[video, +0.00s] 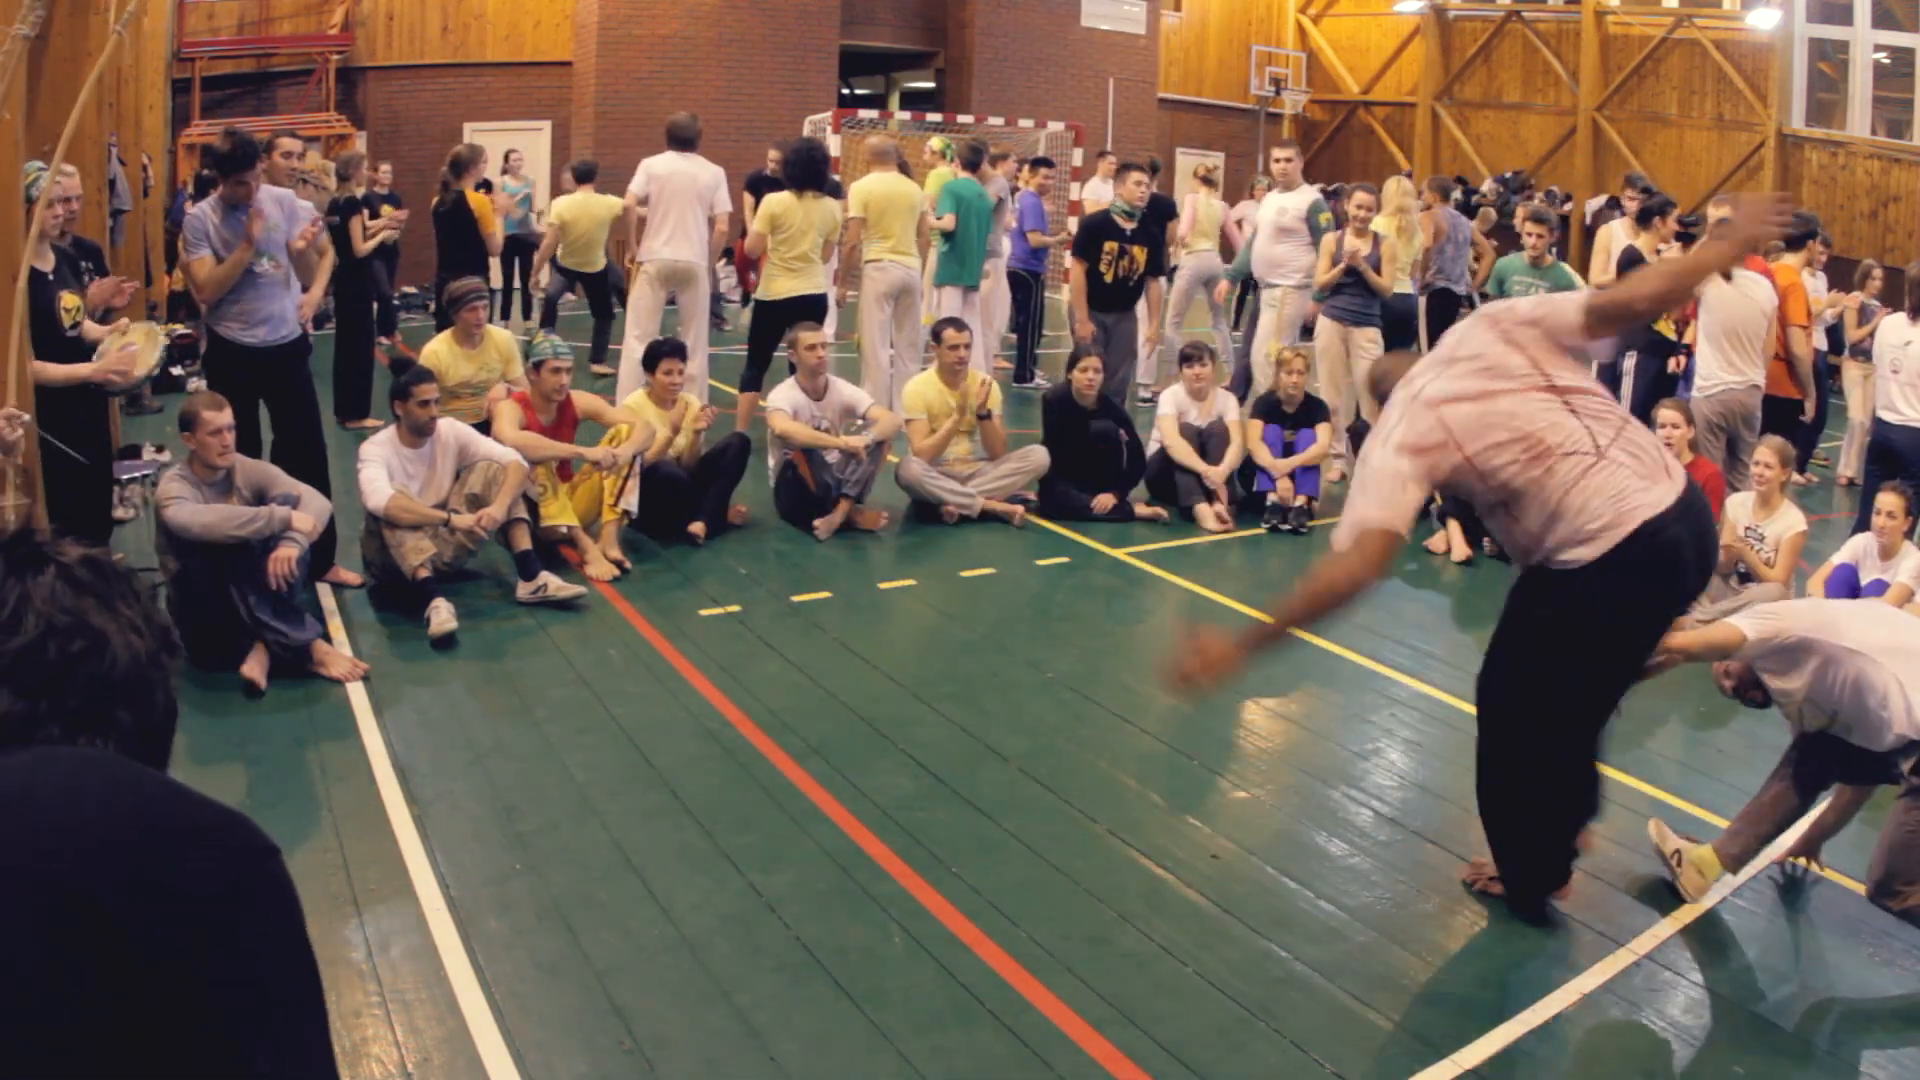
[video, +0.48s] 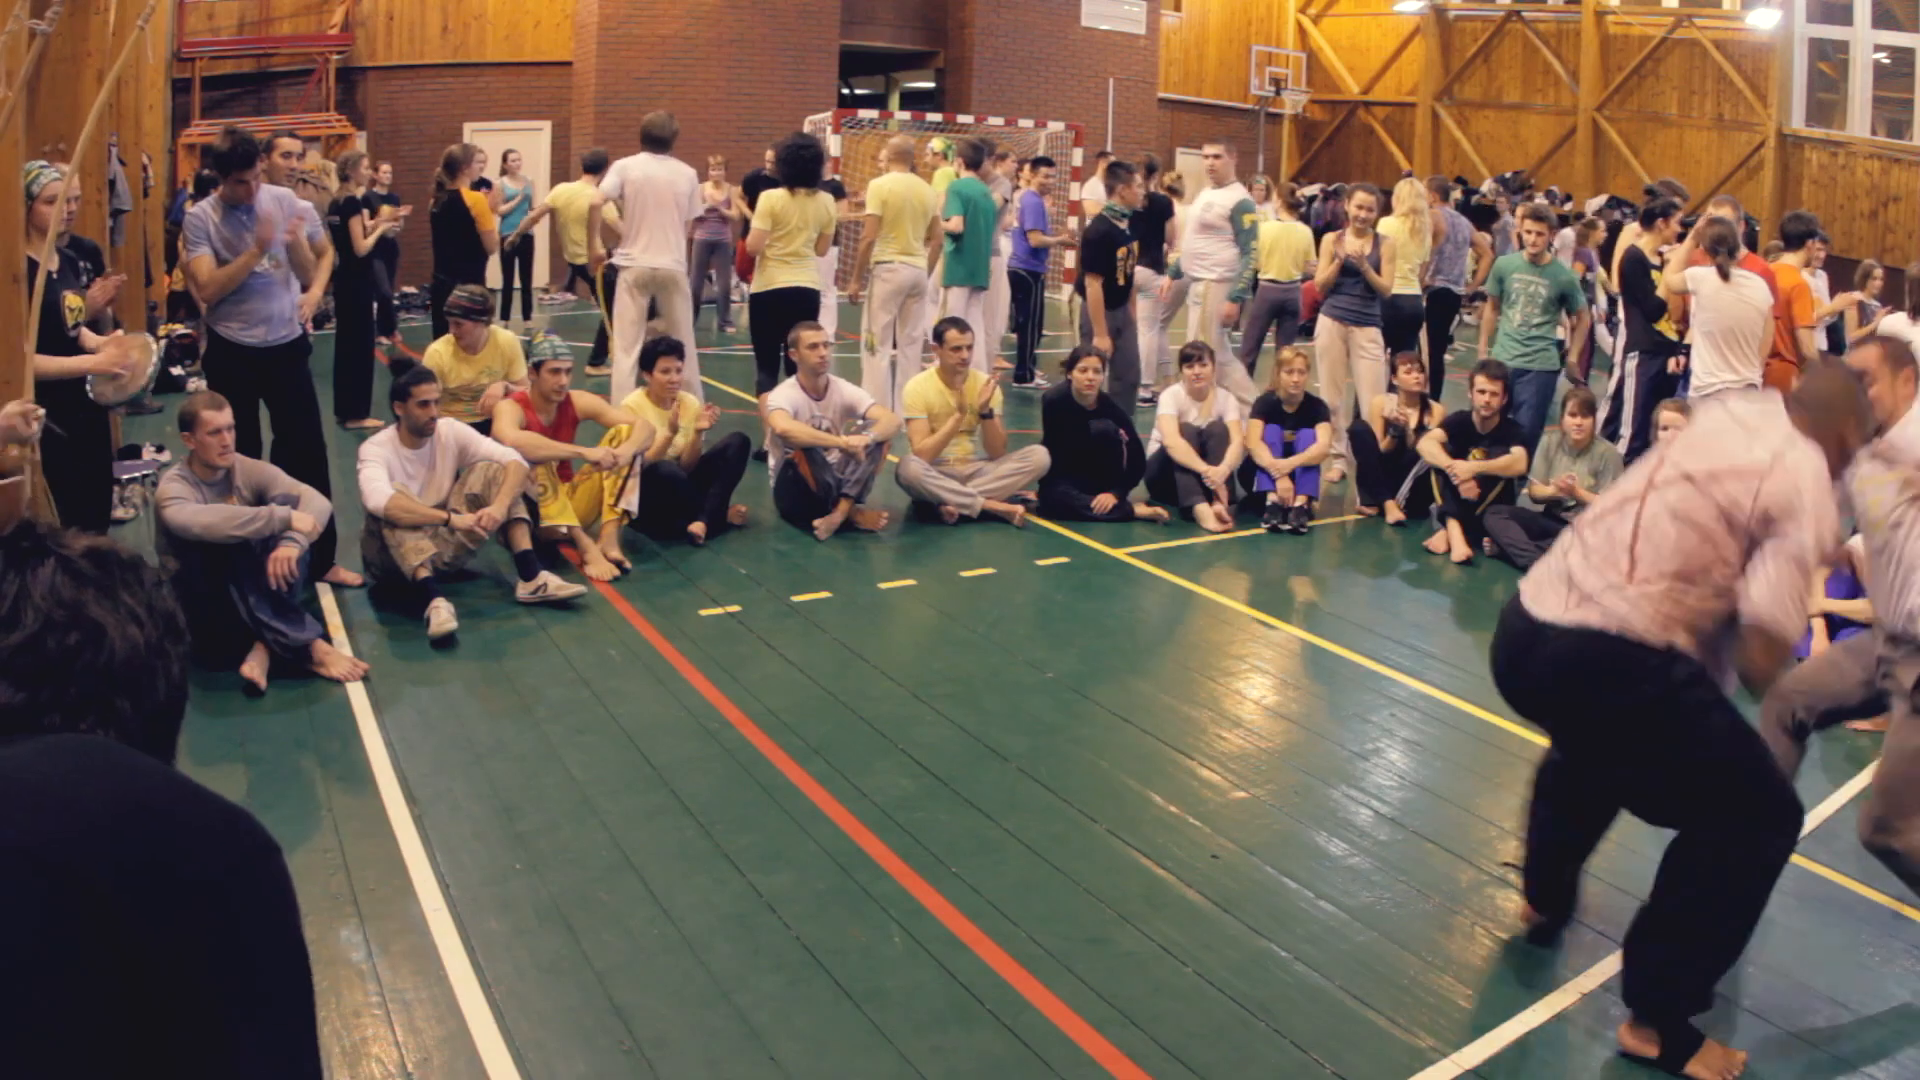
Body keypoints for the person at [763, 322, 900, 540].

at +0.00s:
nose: (821, 355)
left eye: (823, 347)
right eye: (811, 349)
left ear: (828, 349)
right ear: (793, 355)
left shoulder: (841, 388)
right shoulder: (782, 394)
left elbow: (891, 420)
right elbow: (782, 429)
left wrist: (866, 438)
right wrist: (840, 443)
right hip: (797, 494)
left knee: (879, 438)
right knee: (803, 450)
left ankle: (840, 512)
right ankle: (850, 512)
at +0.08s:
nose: (821, 355)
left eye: (824, 347)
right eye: (811, 348)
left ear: (829, 348)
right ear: (793, 355)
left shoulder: (840, 388)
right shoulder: (782, 394)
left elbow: (891, 421)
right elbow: (782, 429)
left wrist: (866, 438)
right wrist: (840, 443)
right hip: (797, 495)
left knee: (879, 438)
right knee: (804, 452)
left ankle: (840, 512)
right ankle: (850, 512)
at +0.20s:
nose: (822, 354)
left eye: (825, 346)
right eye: (812, 348)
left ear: (830, 348)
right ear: (793, 354)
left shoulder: (840, 388)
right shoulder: (782, 394)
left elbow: (892, 421)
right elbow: (784, 430)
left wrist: (868, 437)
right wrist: (842, 443)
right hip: (796, 497)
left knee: (877, 435)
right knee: (806, 452)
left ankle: (839, 512)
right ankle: (850, 512)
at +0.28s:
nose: (822, 354)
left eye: (825, 346)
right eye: (812, 348)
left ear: (831, 348)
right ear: (793, 354)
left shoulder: (841, 388)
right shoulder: (783, 394)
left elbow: (891, 420)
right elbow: (784, 429)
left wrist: (868, 438)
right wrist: (842, 443)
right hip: (796, 497)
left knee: (877, 435)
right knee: (806, 451)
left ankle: (839, 512)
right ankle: (851, 512)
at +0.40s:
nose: (823, 354)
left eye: (826, 346)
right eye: (813, 347)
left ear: (831, 348)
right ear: (793, 354)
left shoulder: (841, 388)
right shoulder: (783, 394)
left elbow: (892, 421)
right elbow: (784, 430)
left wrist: (868, 437)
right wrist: (842, 443)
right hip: (796, 498)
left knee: (878, 435)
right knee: (806, 451)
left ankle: (840, 512)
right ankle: (850, 511)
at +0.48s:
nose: (823, 354)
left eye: (826, 346)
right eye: (813, 347)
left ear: (831, 348)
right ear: (794, 354)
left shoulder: (841, 388)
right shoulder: (783, 394)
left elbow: (892, 420)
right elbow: (784, 429)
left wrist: (868, 437)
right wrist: (842, 442)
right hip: (796, 498)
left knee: (878, 435)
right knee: (806, 451)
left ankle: (840, 512)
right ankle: (851, 512)